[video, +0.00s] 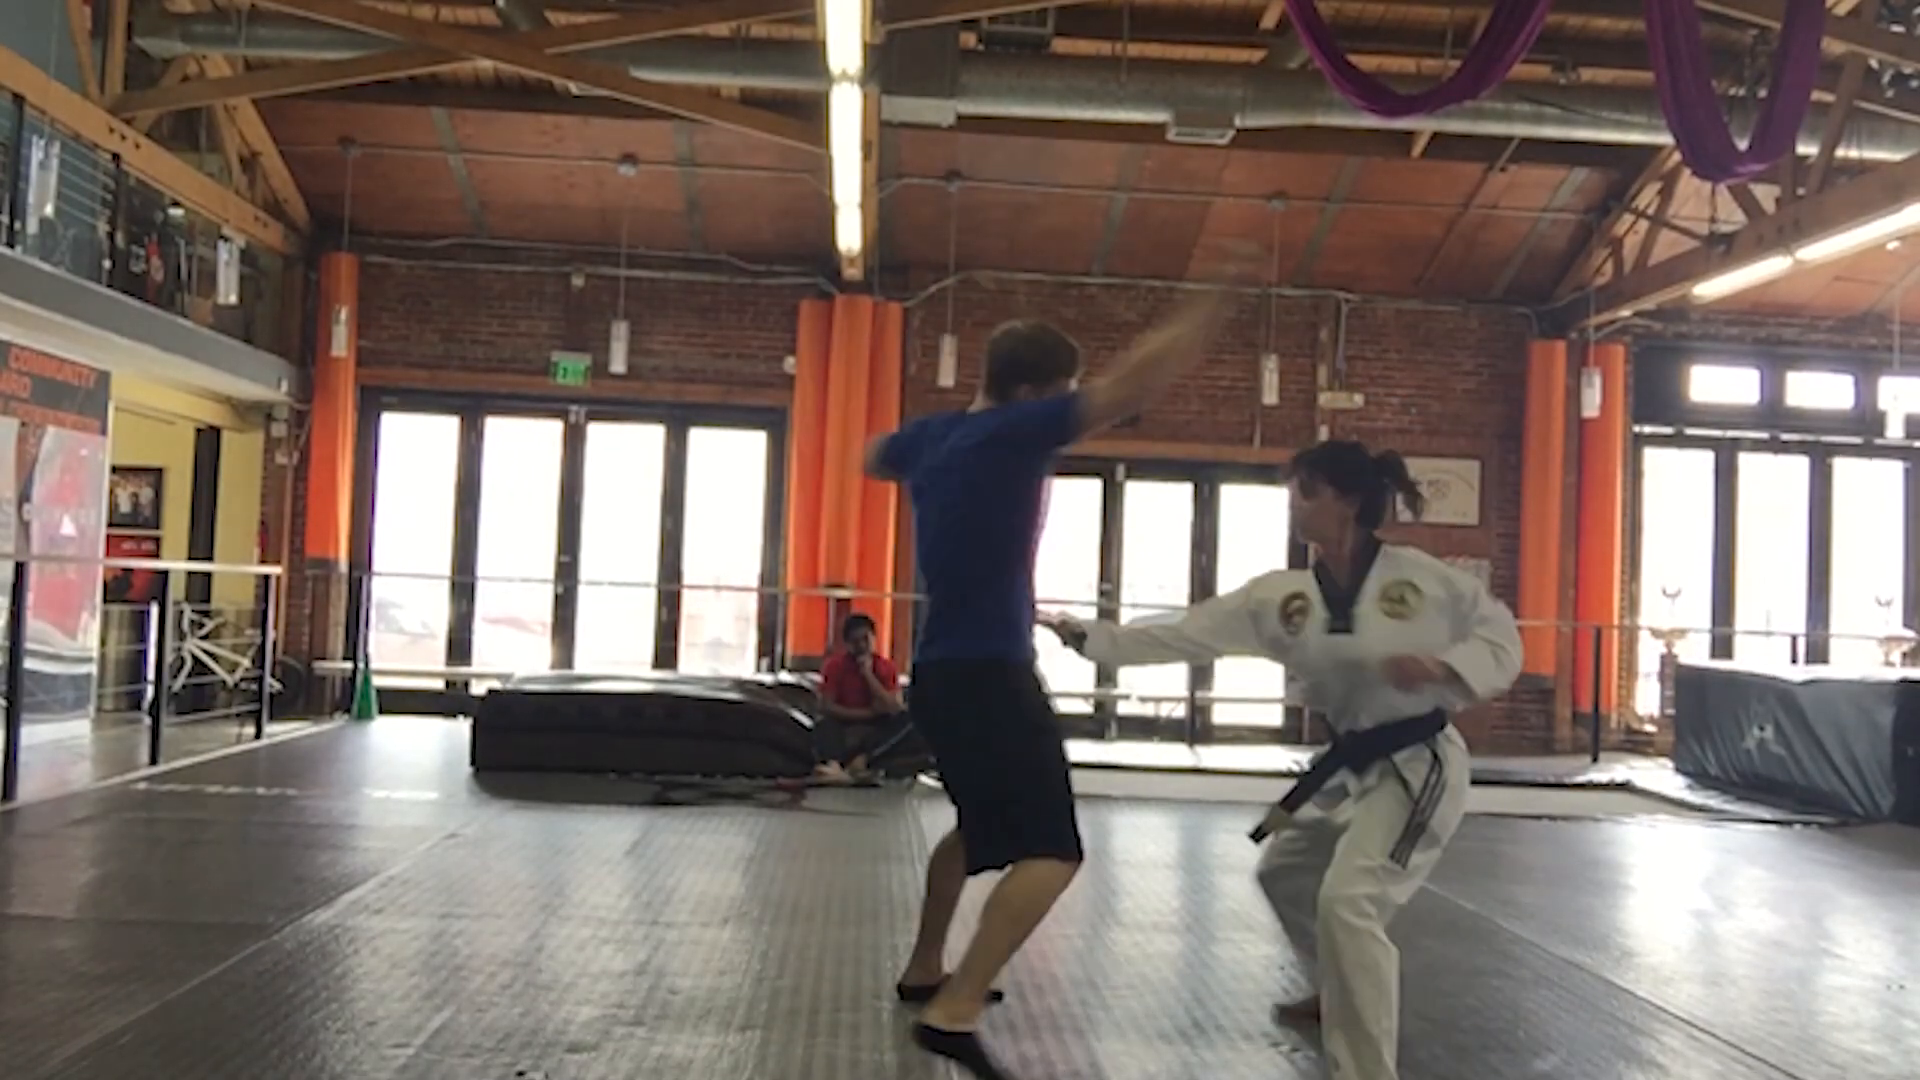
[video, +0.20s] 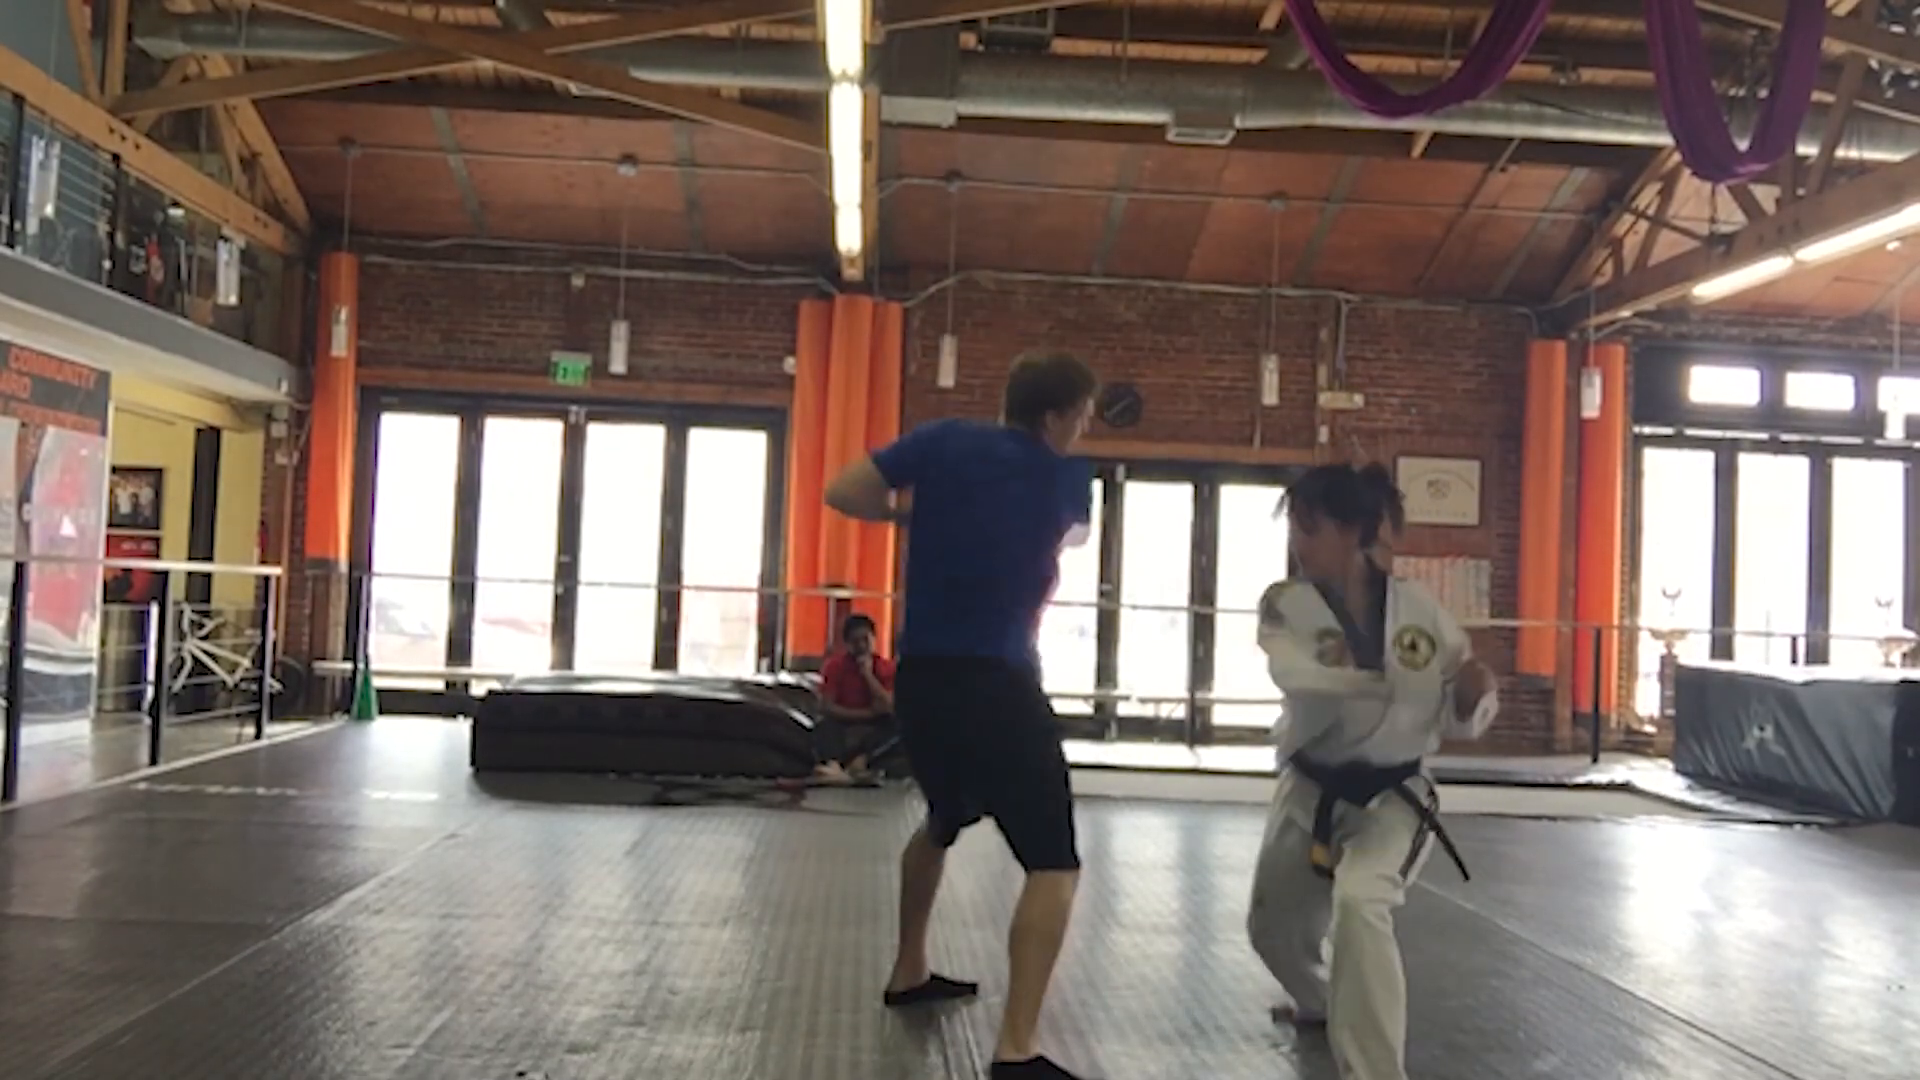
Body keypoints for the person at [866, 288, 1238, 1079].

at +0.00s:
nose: (1070, 397)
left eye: (1068, 386)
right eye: (1065, 386)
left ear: (991, 378)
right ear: (1039, 386)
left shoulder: (931, 437)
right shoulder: (1022, 430)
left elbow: (874, 457)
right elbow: (1128, 382)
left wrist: (941, 430)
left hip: (939, 675)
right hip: (994, 675)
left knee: (978, 827)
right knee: (1055, 852)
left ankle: (925, 968)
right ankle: (956, 1008)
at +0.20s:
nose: (1085, 431)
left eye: (1088, 419)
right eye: (1084, 418)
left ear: (1013, 409)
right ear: (1060, 417)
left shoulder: (944, 441)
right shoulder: (1063, 478)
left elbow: (845, 491)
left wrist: (914, 509)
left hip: (923, 674)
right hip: (999, 682)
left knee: (938, 820)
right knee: (1055, 863)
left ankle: (908, 974)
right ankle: (1017, 1051)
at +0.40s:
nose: (1065, 525)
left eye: (1073, 514)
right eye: (1071, 510)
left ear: (1017, 467)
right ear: (1048, 482)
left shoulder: (937, 482)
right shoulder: (1048, 543)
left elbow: (880, 580)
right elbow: (1010, 621)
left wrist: (949, 617)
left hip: (922, 709)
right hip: (1003, 715)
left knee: (944, 823)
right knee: (1080, 879)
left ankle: (909, 974)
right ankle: (1058, 1026)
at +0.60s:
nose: (1064, 523)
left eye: (1070, 516)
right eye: (1067, 512)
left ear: (1017, 472)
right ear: (1044, 486)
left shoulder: (940, 496)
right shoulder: (1037, 519)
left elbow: (937, 586)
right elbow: (1068, 588)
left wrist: (1010, 634)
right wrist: (1004, 557)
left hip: (901, 702)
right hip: (983, 707)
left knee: (941, 826)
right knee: (1079, 871)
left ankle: (909, 976)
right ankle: (1069, 1012)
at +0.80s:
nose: (1070, 453)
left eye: (1071, 443)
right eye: (1071, 444)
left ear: (1001, 426)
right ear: (1054, 449)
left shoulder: (932, 462)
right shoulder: (1046, 515)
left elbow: (816, 444)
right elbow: (1143, 573)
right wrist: (1069, 594)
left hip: (914, 689)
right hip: (999, 696)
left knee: (908, 824)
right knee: (1050, 864)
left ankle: (897, 970)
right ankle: (1117, 992)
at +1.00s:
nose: (1066, 474)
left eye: (1068, 462)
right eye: (1067, 462)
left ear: (1000, 448)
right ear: (1048, 459)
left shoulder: (938, 502)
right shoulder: (1059, 537)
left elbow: (865, 596)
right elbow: (1049, 621)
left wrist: (921, 633)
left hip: (927, 712)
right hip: (1012, 726)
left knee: (914, 828)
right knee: (1055, 886)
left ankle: (899, 969)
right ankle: (1070, 1017)